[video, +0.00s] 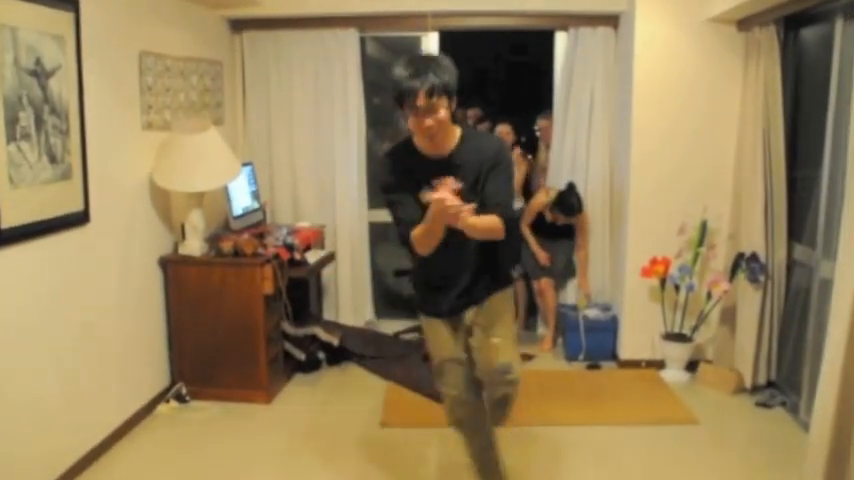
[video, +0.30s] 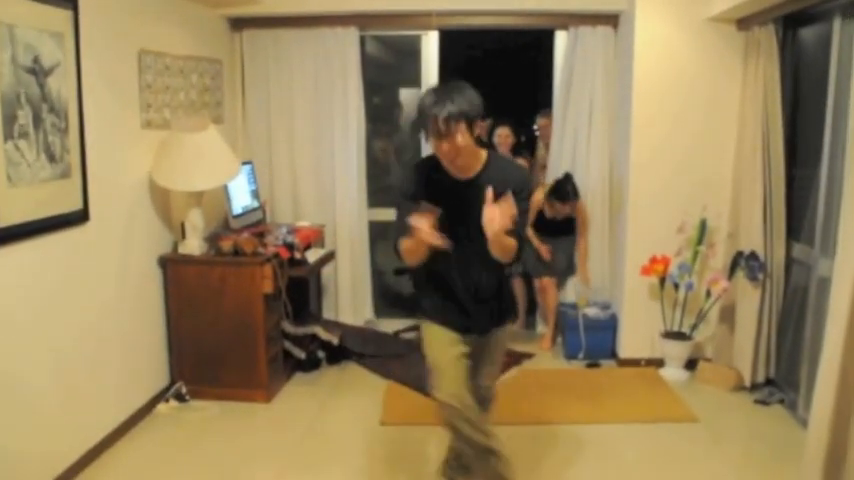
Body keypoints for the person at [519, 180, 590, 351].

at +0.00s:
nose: (562, 221)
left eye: (567, 219)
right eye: (560, 217)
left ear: (575, 213)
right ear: (554, 207)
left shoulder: (579, 216)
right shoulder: (541, 200)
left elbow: (581, 248)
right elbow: (524, 225)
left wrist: (583, 282)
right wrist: (538, 251)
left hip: (563, 241)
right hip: (537, 238)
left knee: (546, 282)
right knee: (537, 286)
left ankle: (550, 331)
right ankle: (550, 328)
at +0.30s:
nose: (568, 211)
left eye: (570, 207)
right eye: (564, 207)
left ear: (574, 202)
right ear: (553, 201)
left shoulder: (578, 208)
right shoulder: (538, 199)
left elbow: (581, 238)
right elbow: (528, 227)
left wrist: (582, 269)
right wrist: (539, 246)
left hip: (564, 240)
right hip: (540, 239)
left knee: (548, 282)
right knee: (540, 283)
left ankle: (550, 330)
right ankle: (550, 327)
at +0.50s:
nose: (559, 180)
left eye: (563, 175)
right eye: (554, 175)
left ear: (571, 175)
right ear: (547, 176)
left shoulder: (578, 190)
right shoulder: (538, 189)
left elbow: (580, 223)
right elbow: (536, 221)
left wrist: (561, 227)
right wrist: (549, 224)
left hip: (564, 235)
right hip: (539, 235)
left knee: (548, 279)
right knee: (539, 281)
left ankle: (550, 329)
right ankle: (550, 325)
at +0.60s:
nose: (556, 164)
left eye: (561, 159)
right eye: (552, 159)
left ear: (569, 160)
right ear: (546, 162)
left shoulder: (577, 180)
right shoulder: (538, 180)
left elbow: (579, 215)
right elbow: (534, 213)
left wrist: (557, 208)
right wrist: (546, 206)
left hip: (565, 230)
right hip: (540, 229)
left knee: (548, 279)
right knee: (542, 279)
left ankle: (550, 328)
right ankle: (551, 325)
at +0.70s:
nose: (554, 154)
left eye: (559, 149)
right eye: (550, 150)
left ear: (568, 152)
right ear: (545, 153)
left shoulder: (576, 173)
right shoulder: (539, 173)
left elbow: (578, 209)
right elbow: (533, 203)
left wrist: (563, 194)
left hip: (564, 229)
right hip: (542, 227)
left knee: (548, 278)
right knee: (544, 279)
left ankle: (549, 329)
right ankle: (550, 327)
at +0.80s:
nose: (553, 149)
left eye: (558, 144)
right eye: (549, 145)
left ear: (567, 148)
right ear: (544, 149)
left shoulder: (575, 170)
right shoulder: (536, 171)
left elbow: (578, 206)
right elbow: (532, 204)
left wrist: (570, 184)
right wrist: (530, 188)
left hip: (565, 227)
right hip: (542, 226)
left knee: (547, 276)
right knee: (546, 278)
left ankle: (548, 329)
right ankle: (550, 327)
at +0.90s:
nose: (550, 147)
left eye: (555, 142)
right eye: (547, 143)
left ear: (565, 146)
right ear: (543, 146)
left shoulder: (574, 168)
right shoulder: (537, 169)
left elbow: (577, 203)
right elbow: (530, 201)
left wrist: (567, 181)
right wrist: (527, 182)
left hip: (566, 227)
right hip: (543, 225)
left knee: (545, 274)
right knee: (551, 279)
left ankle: (545, 326)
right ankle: (554, 323)